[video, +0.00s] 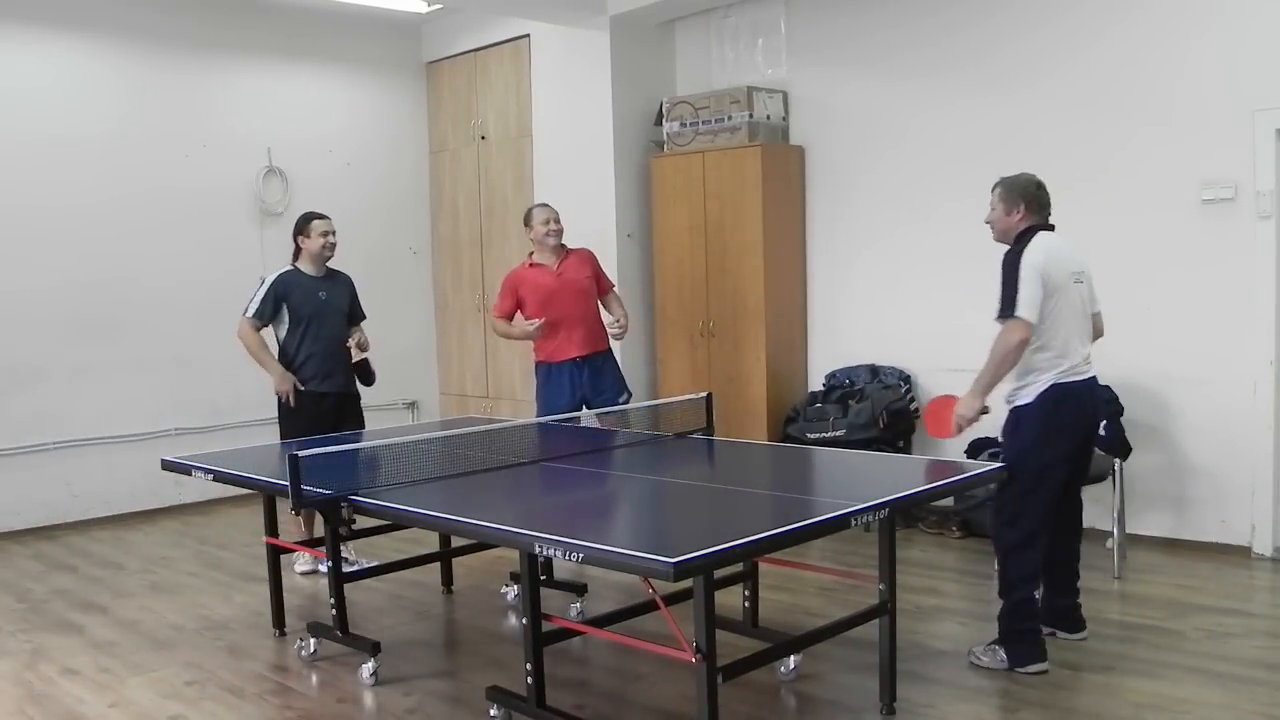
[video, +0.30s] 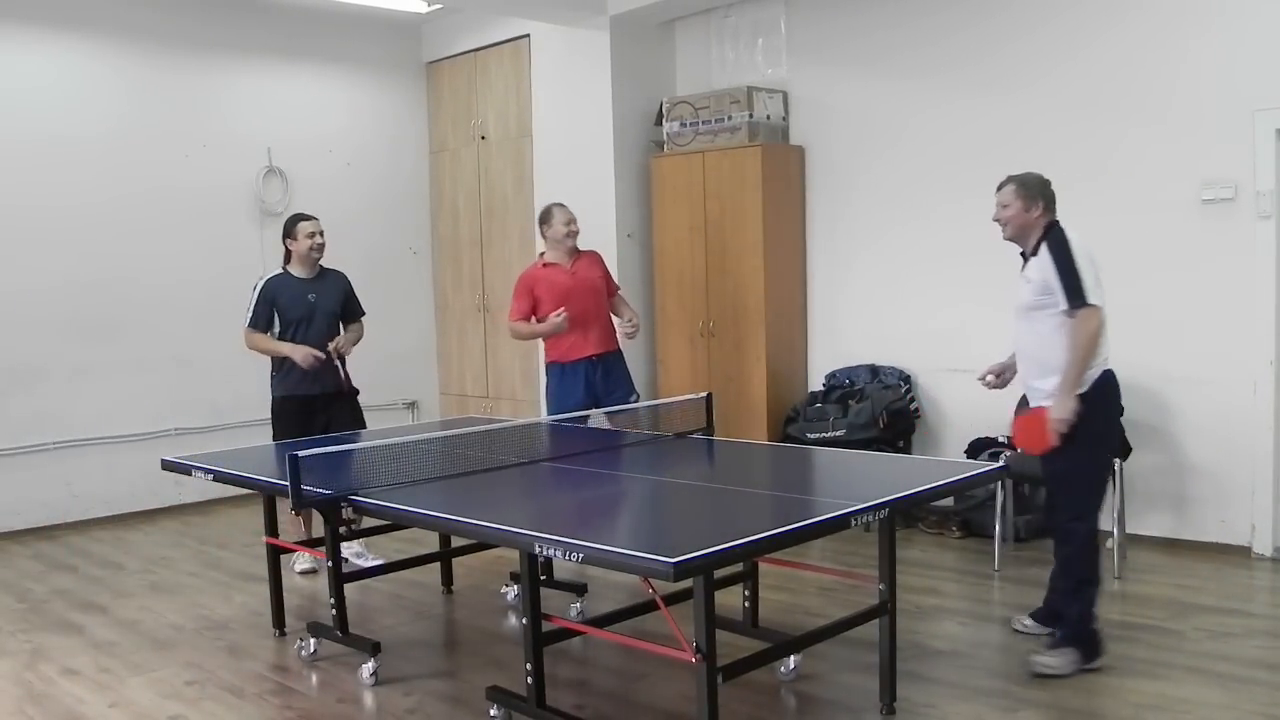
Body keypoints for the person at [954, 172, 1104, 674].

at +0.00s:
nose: (989, 220)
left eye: (993, 210)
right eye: (990, 210)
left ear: (1018, 212)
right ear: (1037, 213)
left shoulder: (1025, 254)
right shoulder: (1071, 255)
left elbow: (1018, 332)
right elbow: (1094, 328)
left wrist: (977, 393)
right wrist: (1037, 344)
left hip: (1042, 407)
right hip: (1082, 400)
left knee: (1017, 522)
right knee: (1062, 511)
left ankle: (1020, 646)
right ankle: (1062, 613)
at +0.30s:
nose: (997, 216)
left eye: (1004, 207)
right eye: (997, 208)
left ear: (1035, 210)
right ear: (1026, 213)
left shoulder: (1060, 246)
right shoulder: (1032, 256)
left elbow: (1089, 318)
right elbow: (1046, 330)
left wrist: (1066, 394)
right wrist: (1013, 364)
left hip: (1082, 403)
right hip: (1055, 403)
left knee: (1075, 517)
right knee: (1063, 515)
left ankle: (1081, 638)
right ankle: (1061, 612)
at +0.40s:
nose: (1005, 215)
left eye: (1013, 207)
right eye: (1004, 207)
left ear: (1045, 209)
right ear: (1030, 213)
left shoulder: (1071, 248)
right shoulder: (1036, 258)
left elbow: (1111, 318)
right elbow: (1042, 329)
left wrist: (1098, 395)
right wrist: (1004, 364)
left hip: (1090, 403)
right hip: (1052, 405)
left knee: (1097, 522)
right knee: (1063, 516)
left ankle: (1117, 642)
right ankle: (1062, 612)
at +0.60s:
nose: (1030, 215)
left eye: (1038, 206)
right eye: (1027, 207)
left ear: (1072, 208)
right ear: (1036, 213)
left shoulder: (1111, 255)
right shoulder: (1041, 262)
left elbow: (1156, 322)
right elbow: (1038, 323)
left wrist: (1145, 400)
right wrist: (1006, 366)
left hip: (1119, 415)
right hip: (1064, 416)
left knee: (1139, 529)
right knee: (1069, 522)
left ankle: (1157, 642)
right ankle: (1062, 614)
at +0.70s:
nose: (1046, 215)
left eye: (1056, 206)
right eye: (1044, 207)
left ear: (1089, 208)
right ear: (1048, 212)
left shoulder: (1134, 257)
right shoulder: (1052, 264)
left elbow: (1180, 325)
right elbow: (1041, 323)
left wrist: (1162, 397)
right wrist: (1012, 362)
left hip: (1137, 416)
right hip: (1077, 417)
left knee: (1154, 532)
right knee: (1073, 523)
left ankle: (1159, 643)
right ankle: (1062, 614)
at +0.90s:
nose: (1078, 210)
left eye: (1089, 200)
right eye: (1074, 201)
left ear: (1122, 203)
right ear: (1073, 206)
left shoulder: (1169, 256)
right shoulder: (1072, 258)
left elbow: (1208, 327)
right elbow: (1053, 320)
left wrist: (1161, 378)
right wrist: (1031, 335)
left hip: (1157, 422)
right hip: (1087, 420)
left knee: (1164, 535)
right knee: (1071, 525)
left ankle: (1160, 644)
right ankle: (1067, 626)